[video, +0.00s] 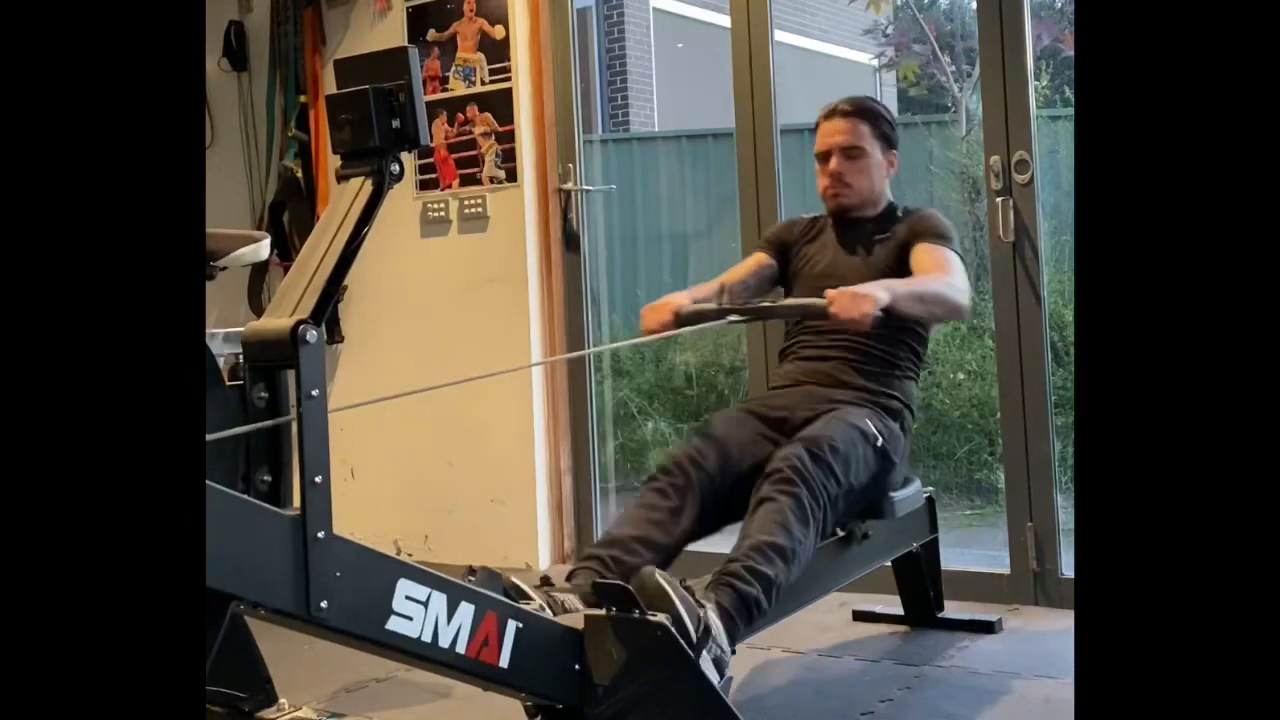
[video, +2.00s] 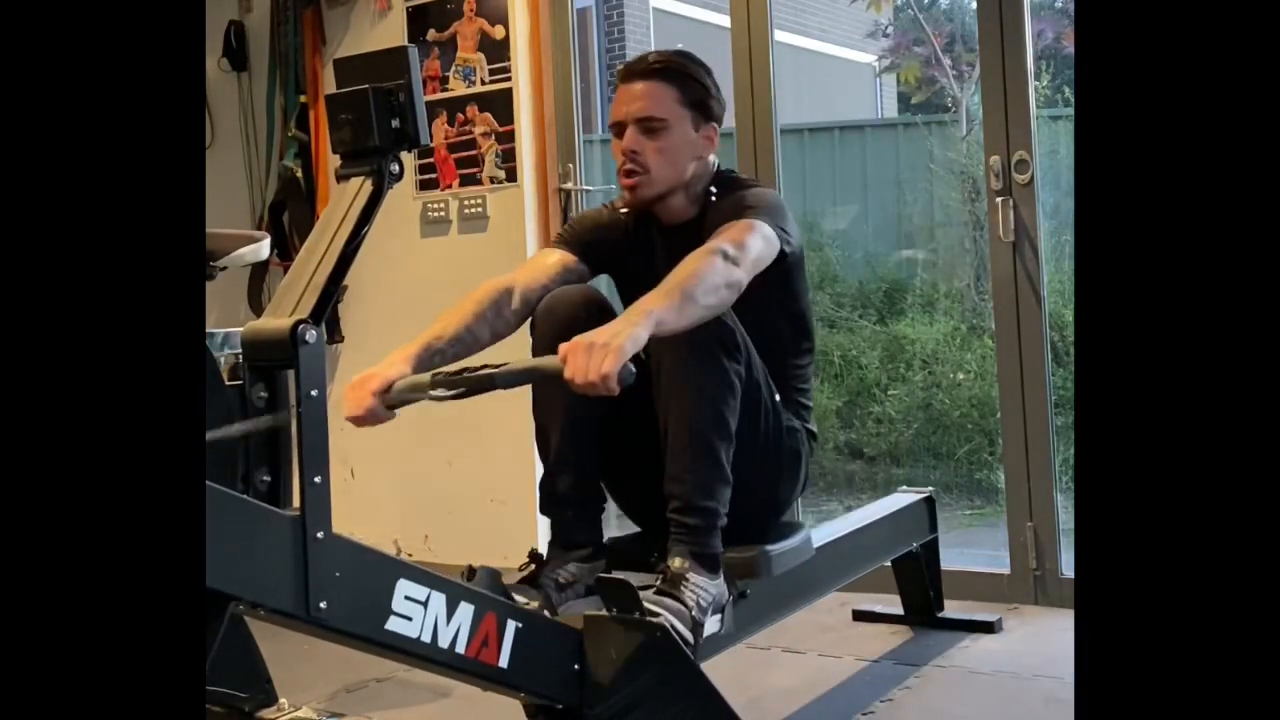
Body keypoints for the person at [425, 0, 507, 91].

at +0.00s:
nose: (471, 9)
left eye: (473, 6)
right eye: (468, 6)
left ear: (476, 8)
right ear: (463, 8)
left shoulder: (480, 22)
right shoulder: (457, 25)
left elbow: (493, 33)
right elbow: (445, 36)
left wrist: (498, 32)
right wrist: (435, 36)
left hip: (474, 60)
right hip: (460, 59)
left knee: (474, 89)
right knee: (458, 89)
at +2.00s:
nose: (471, 7)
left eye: (473, 5)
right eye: (469, 4)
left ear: (476, 8)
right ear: (463, 8)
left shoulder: (480, 22)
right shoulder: (457, 25)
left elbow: (493, 34)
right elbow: (445, 36)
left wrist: (498, 32)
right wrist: (435, 36)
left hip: (474, 60)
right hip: (460, 59)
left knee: (474, 89)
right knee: (458, 89)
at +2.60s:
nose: (471, 7)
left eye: (473, 5)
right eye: (468, 4)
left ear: (476, 7)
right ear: (463, 7)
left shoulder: (480, 22)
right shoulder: (457, 25)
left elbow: (493, 34)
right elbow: (445, 36)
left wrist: (498, 32)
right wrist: (435, 36)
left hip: (474, 60)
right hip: (460, 59)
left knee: (473, 89)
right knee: (458, 89)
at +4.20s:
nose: (471, 7)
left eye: (473, 4)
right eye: (468, 4)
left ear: (476, 7)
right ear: (463, 7)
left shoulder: (480, 22)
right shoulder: (457, 25)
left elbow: (493, 34)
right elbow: (444, 36)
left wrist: (498, 32)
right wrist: (435, 36)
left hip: (474, 60)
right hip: (460, 59)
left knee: (473, 89)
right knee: (458, 90)